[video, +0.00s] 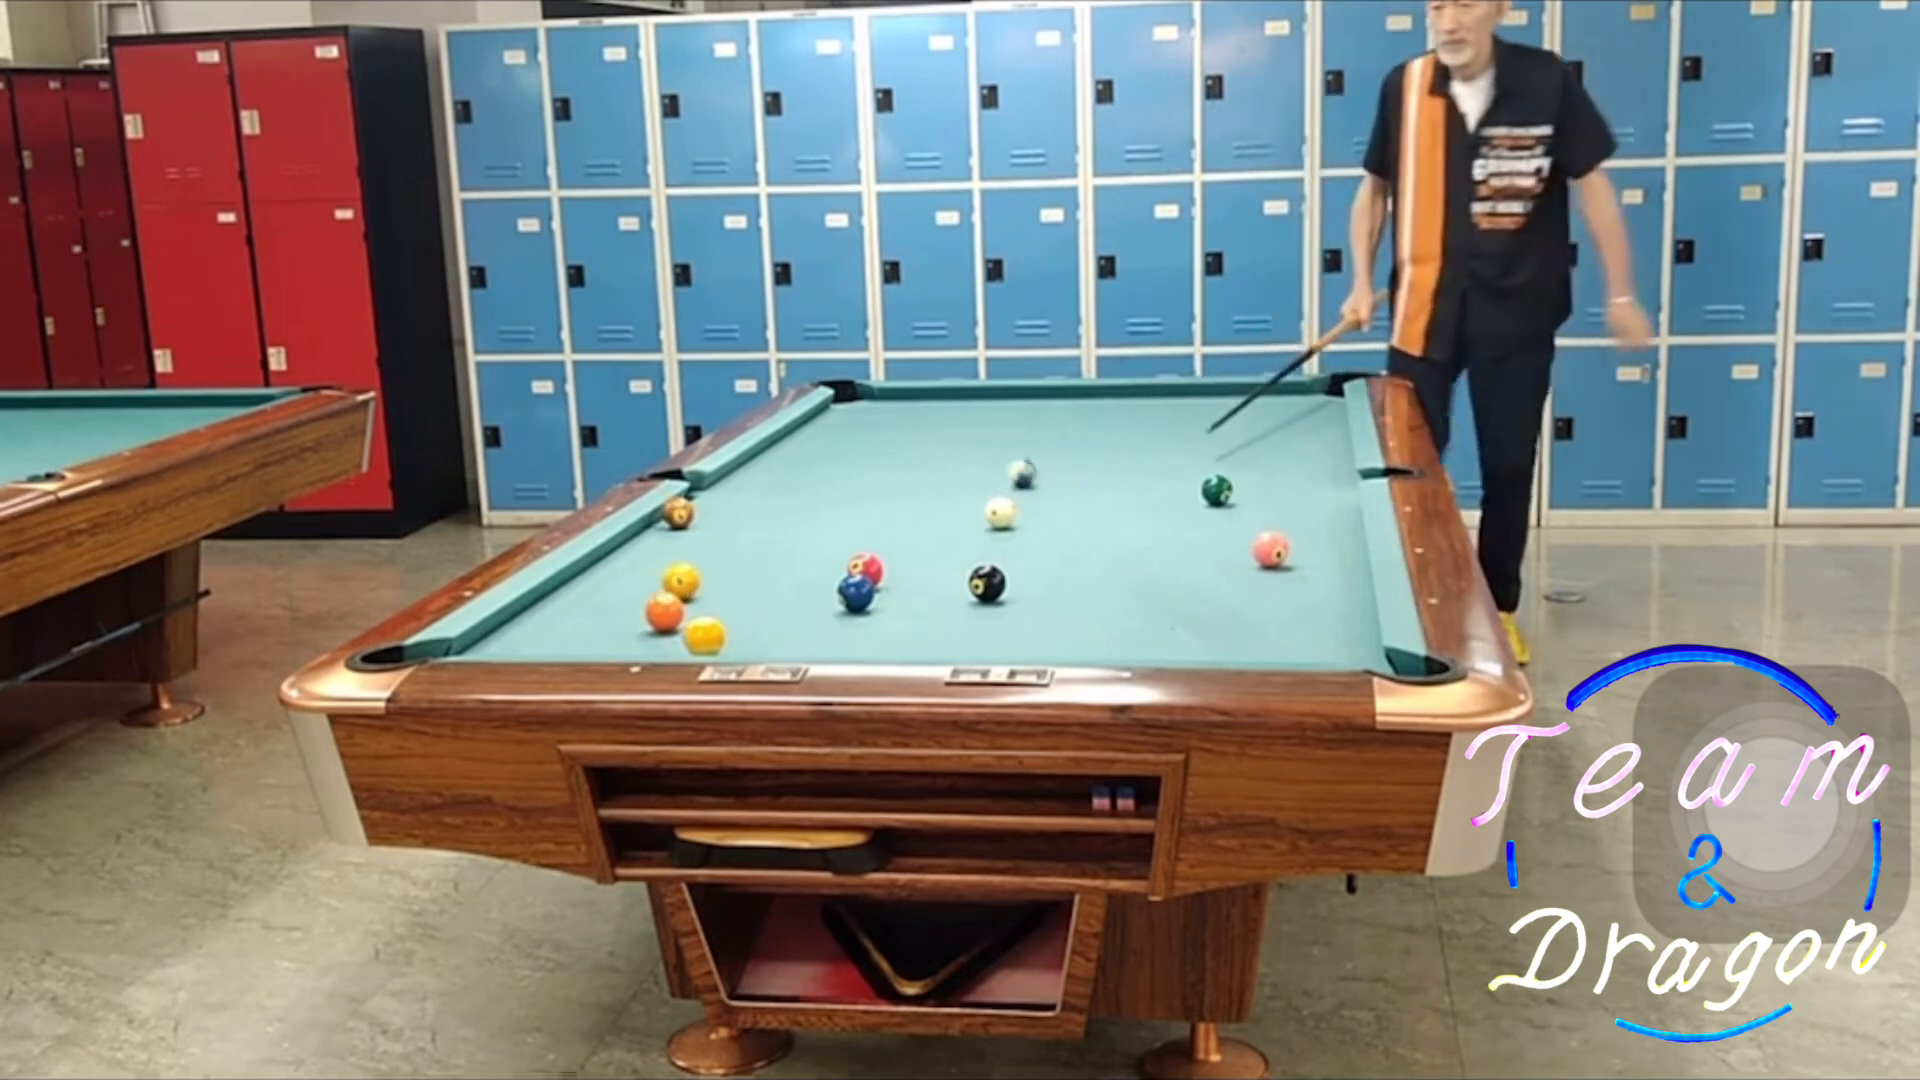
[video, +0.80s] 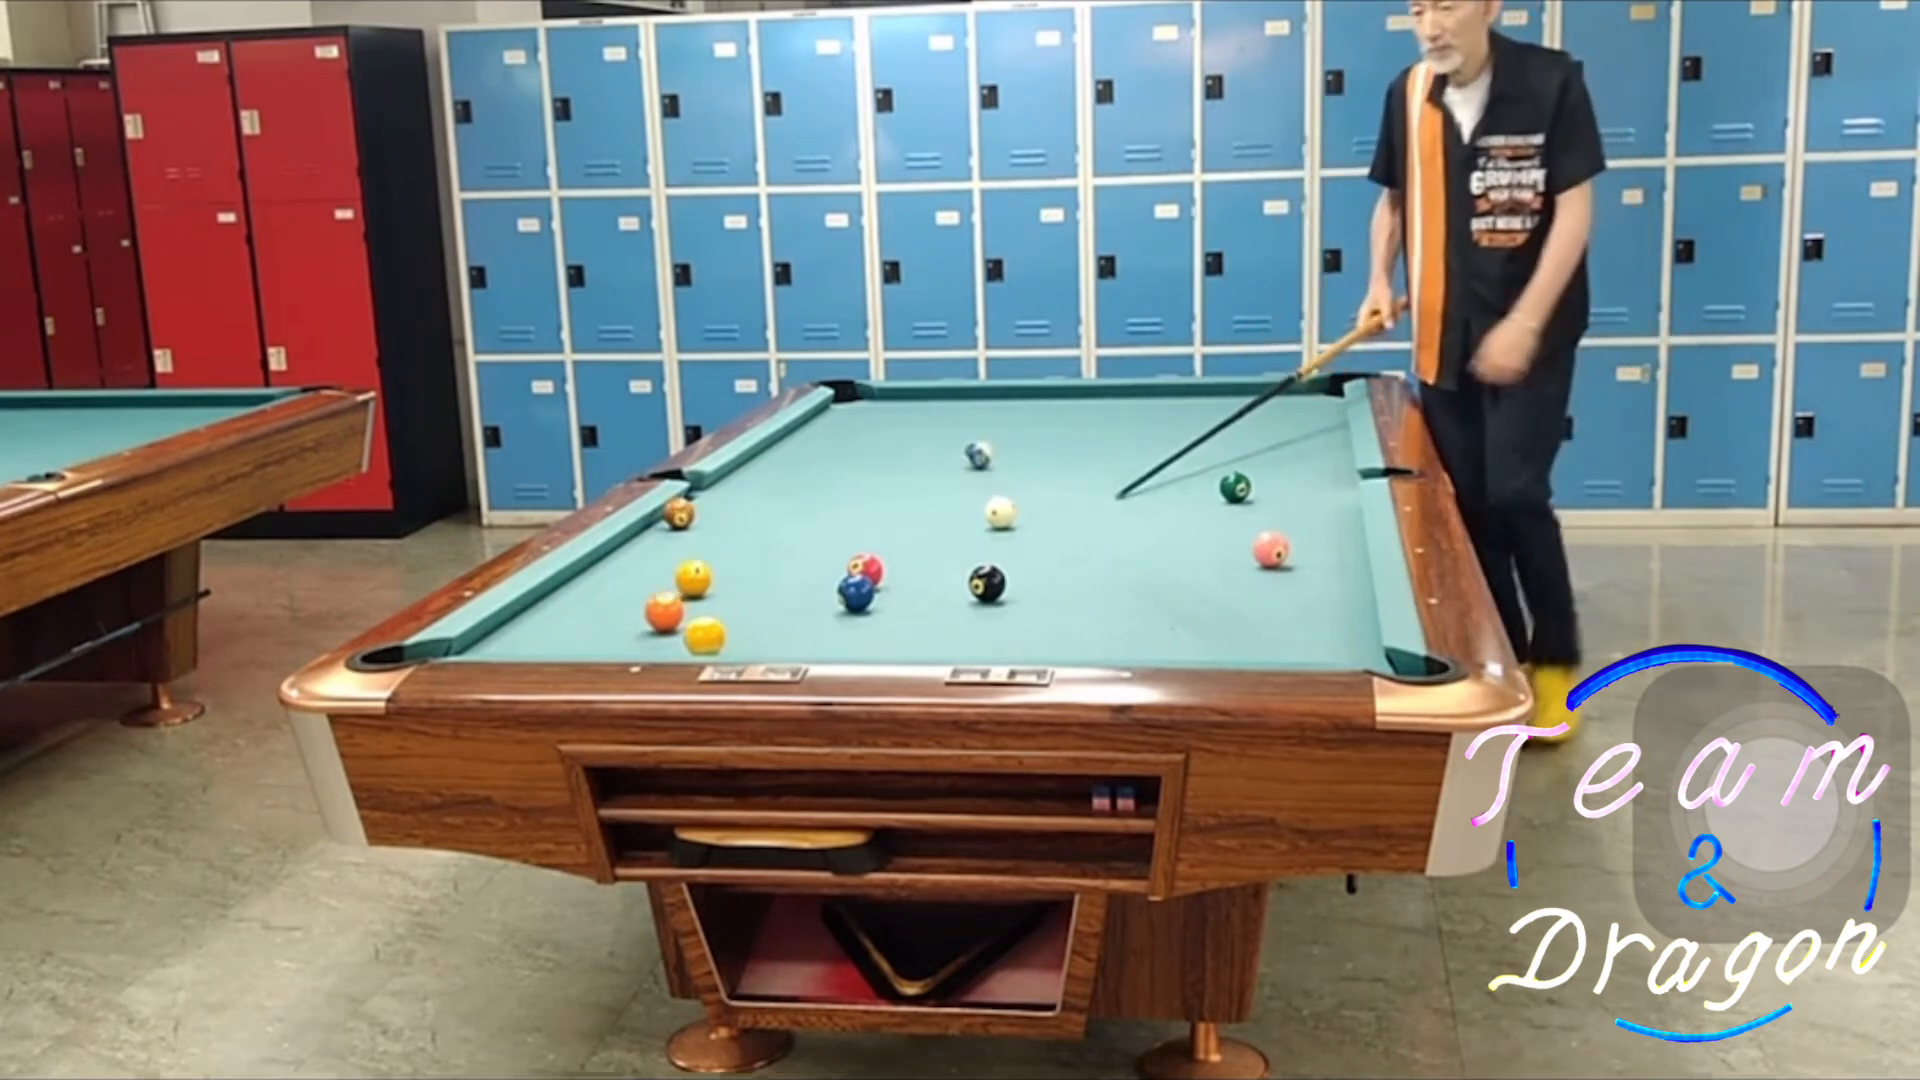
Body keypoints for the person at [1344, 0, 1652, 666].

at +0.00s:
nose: (1447, 21)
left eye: (1465, 7)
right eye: (1437, 8)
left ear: (1500, 13)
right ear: (1427, 16)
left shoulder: (1549, 82)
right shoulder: (1406, 86)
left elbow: (1595, 190)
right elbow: (1374, 191)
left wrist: (1621, 296)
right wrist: (1362, 283)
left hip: (1516, 314)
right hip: (1426, 309)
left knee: (1509, 470)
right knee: (1410, 464)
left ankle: (1495, 613)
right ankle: (1399, 608)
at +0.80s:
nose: (1429, 25)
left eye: (1446, 9)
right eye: (1418, 12)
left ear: (1489, 10)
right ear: (1411, 18)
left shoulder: (1551, 81)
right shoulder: (1407, 93)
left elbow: (1575, 213)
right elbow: (1392, 197)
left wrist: (1526, 322)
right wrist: (1379, 279)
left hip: (1532, 331)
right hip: (1444, 333)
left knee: (1513, 494)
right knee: (1466, 508)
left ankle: (1556, 667)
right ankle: (1501, 668)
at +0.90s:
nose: (1412, 31)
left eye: (1427, 13)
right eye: (1401, 17)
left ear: (1475, 10)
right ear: (1396, 23)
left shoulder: (1539, 83)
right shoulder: (1405, 95)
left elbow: (1561, 220)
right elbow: (1397, 200)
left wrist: (1495, 323)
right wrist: (1388, 285)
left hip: (1523, 340)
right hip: (1442, 337)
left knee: (1508, 515)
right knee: (1451, 515)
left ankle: (1524, 692)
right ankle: (1458, 681)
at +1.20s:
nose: (1357, 77)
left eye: (1370, 55)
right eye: (1346, 62)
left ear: (1421, 45)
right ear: (1344, 69)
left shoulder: (1482, 113)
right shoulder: (1410, 119)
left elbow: (1478, 257)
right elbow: (1441, 241)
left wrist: (1393, 365)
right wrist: (1434, 328)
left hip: (1521, 342)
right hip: (1469, 338)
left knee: (1473, 514)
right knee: (1446, 507)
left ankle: (1511, 655)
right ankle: (1483, 650)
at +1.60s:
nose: (1308, 147)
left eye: (1317, 124)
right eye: (1298, 131)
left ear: (1365, 103)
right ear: (1359, 109)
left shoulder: (1431, 151)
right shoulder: (1375, 150)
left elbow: (1384, 302)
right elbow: (1438, 232)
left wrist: (1303, 416)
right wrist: (1435, 320)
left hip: (1536, 337)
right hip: (1486, 337)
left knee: (1489, 506)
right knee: (1486, 503)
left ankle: (1528, 670)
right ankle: (1520, 665)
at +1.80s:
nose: (1312, 189)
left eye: (1317, 168)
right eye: (1302, 174)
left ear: (1366, 144)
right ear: (1358, 148)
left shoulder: (1435, 180)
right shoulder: (1380, 171)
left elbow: (1371, 334)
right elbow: (1456, 245)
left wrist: (1280, 431)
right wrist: (1436, 325)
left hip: (1549, 345)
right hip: (1500, 346)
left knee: (1488, 513)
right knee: (1470, 507)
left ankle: (1532, 677)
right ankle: (1520, 670)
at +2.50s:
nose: (1314, 300)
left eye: (1320, 281)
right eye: (1305, 284)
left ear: (1371, 256)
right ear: (1367, 247)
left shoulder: (1435, 287)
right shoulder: (1411, 219)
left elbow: (1336, 400)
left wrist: (1221, 467)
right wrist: (1475, 351)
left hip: (1610, 366)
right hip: (1619, 338)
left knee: (1504, 545)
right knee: (1557, 531)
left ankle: (1508, 716)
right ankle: (1607, 692)